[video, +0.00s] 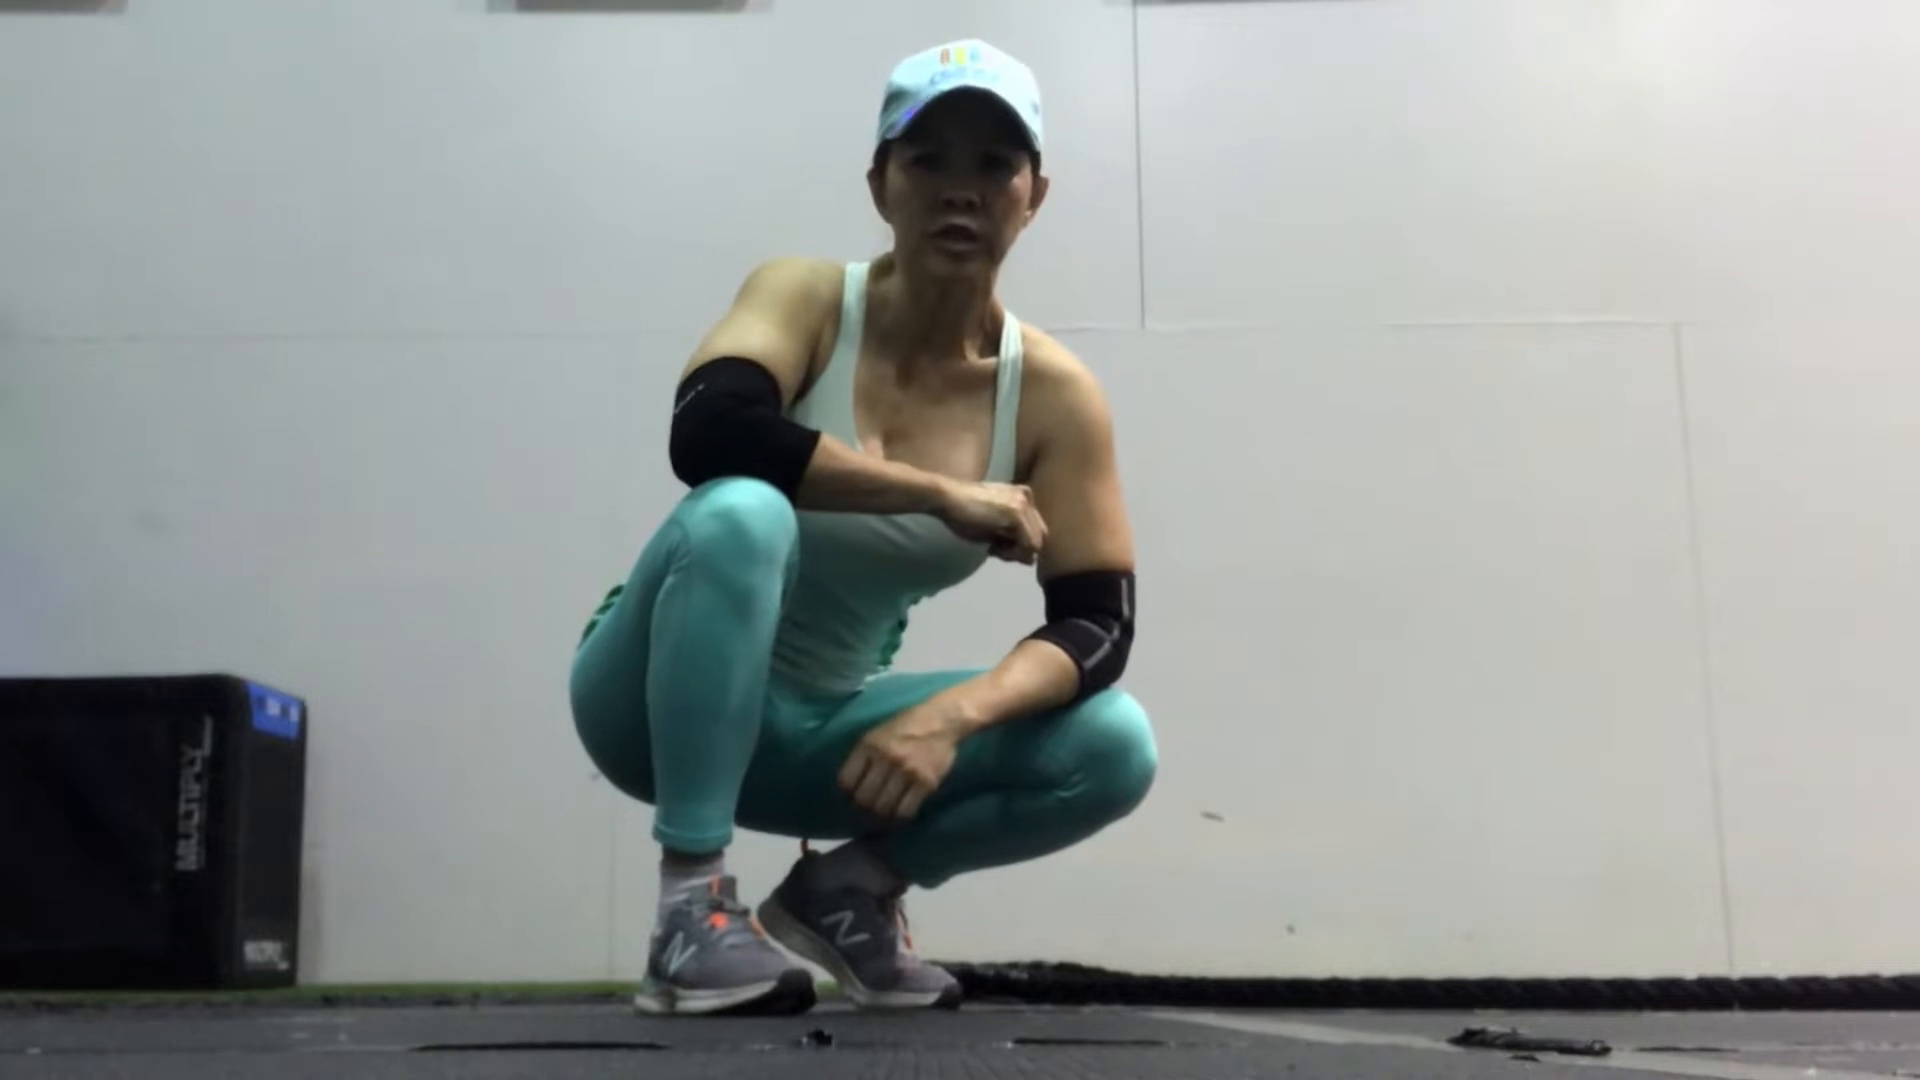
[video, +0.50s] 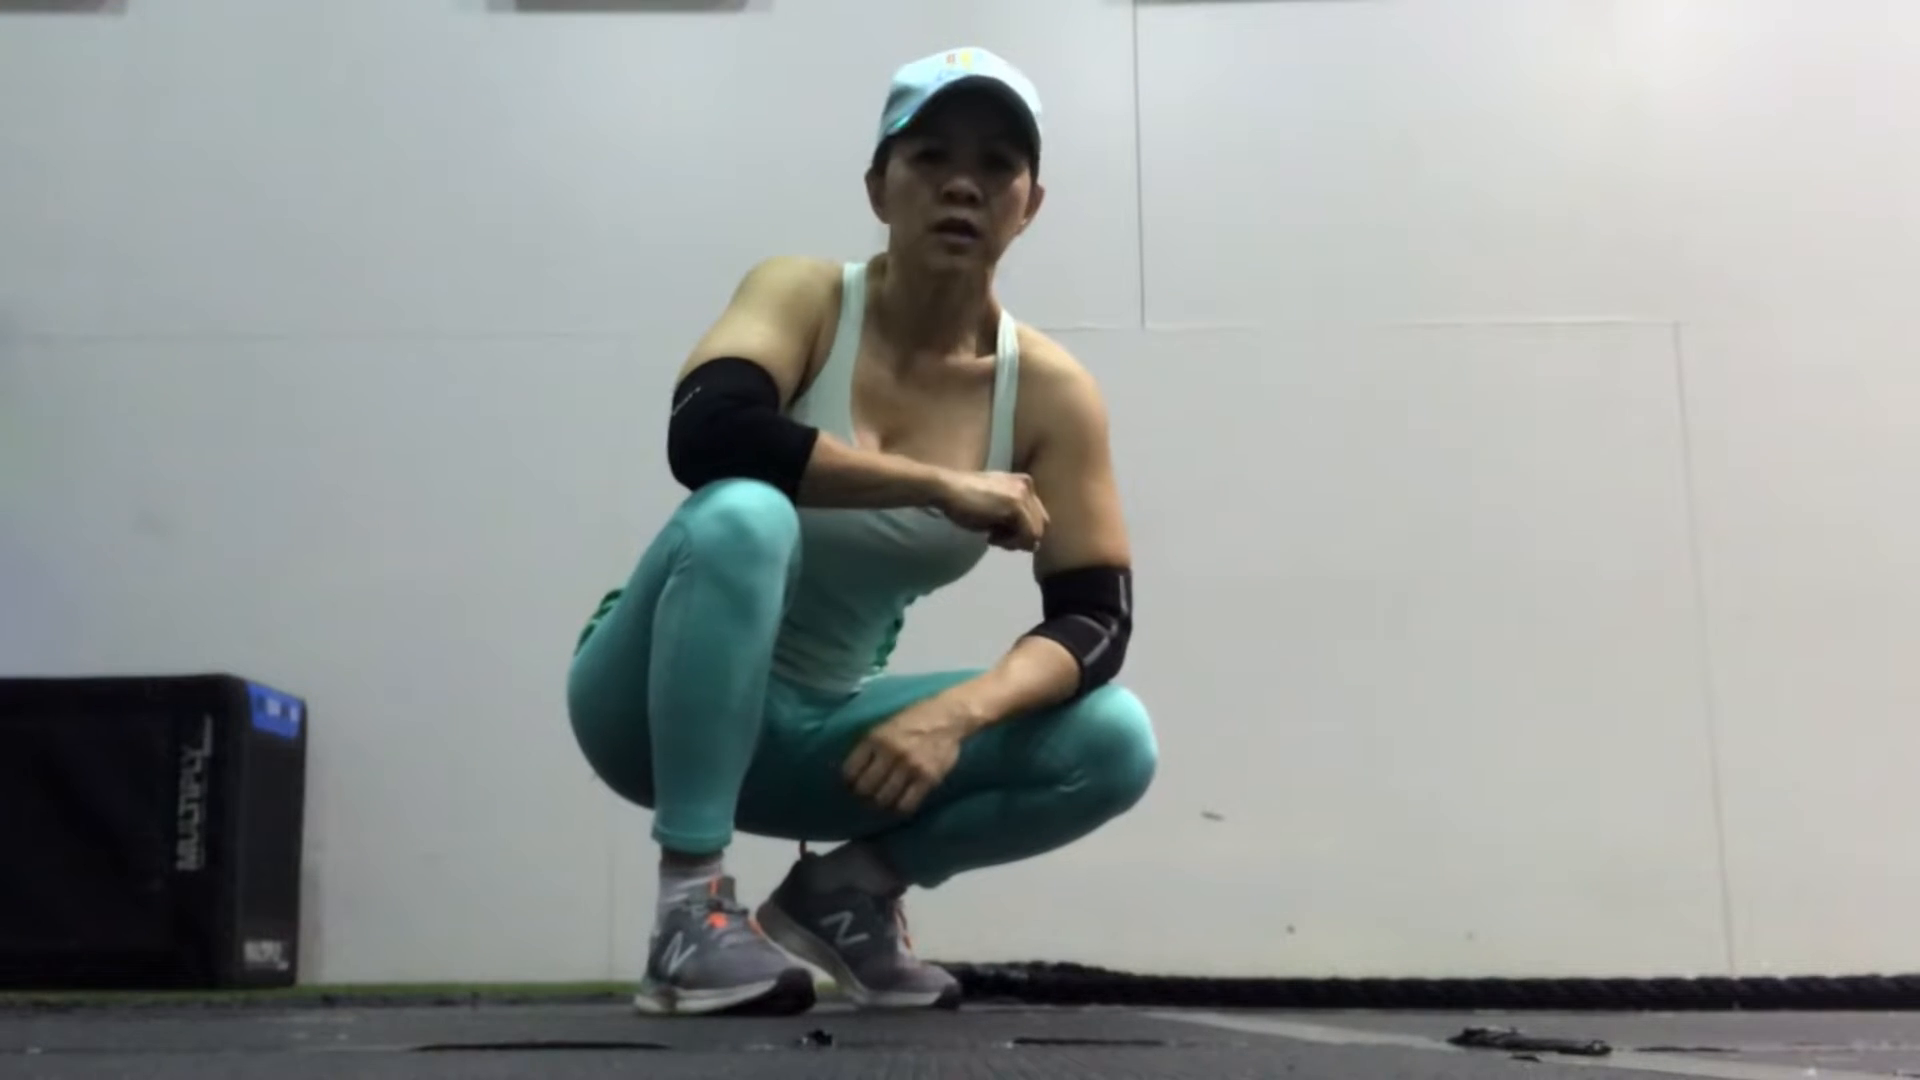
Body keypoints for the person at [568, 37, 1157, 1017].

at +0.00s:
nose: (960, 189)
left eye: (993, 163)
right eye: (929, 159)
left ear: (1034, 195)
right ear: (881, 182)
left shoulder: (1054, 394)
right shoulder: (800, 298)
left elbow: (1094, 627)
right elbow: (711, 436)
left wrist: (951, 712)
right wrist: (942, 497)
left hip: (829, 732)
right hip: (666, 699)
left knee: (1112, 748)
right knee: (741, 516)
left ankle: (845, 888)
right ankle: (692, 909)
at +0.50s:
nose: (962, 186)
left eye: (994, 165)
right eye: (933, 157)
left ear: (1029, 203)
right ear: (880, 185)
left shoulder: (1048, 391)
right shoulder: (798, 296)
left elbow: (1093, 621)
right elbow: (708, 436)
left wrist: (957, 710)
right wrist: (940, 485)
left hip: (824, 733)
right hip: (662, 699)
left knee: (1111, 743)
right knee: (745, 518)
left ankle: (841, 890)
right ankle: (692, 909)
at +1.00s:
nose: (965, 185)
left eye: (997, 166)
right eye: (936, 157)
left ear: (1032, 207)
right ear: (883, 187)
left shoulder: (1049, 393)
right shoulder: (803, 295)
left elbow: (1094, 616)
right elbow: (717, 436)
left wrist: (980, 704)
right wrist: (948, 492)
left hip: (818, 738)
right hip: (657, 703)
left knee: (1114, 740)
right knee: (752, 519)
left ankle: (840, 891)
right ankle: (691, 909)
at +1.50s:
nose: (964, 185)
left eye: (997, 164)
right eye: (935, 156)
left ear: (1035, 204)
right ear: (884, 189)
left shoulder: (1055, 397)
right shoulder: (805, 296)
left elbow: (1093, 620)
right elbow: (715, 435)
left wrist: (972, 709)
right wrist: (945, 495)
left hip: (822, 738)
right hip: (660, 704)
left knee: (1112, 744)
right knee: (749, 517)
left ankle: (840, 890)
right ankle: (692, 910)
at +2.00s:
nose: (960, 187)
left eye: (992, 165)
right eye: (931, 159)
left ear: (1033, 202)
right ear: (883, 189)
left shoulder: (1054, 398)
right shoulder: (804, 297)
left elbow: (1090, 621)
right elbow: (714, 434)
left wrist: (968, 710)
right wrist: (943, 498)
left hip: (821, 740)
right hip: (658, 705)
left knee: (1110, 745)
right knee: (747, 517)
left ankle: (840, 891)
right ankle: (691, 910)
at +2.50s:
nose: (956, 187)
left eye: (988, 164)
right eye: (926, 160)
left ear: (1028, 202)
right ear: (878, 188)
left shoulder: (1048, 395)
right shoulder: (799, 300)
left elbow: (1088, 622)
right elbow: (719, 436)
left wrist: (969, 705)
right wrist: (948, 496)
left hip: (819, 745)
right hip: (656, 710)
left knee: (1108, 743)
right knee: (749, 517)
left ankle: (840, 892)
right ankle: (691, 911)